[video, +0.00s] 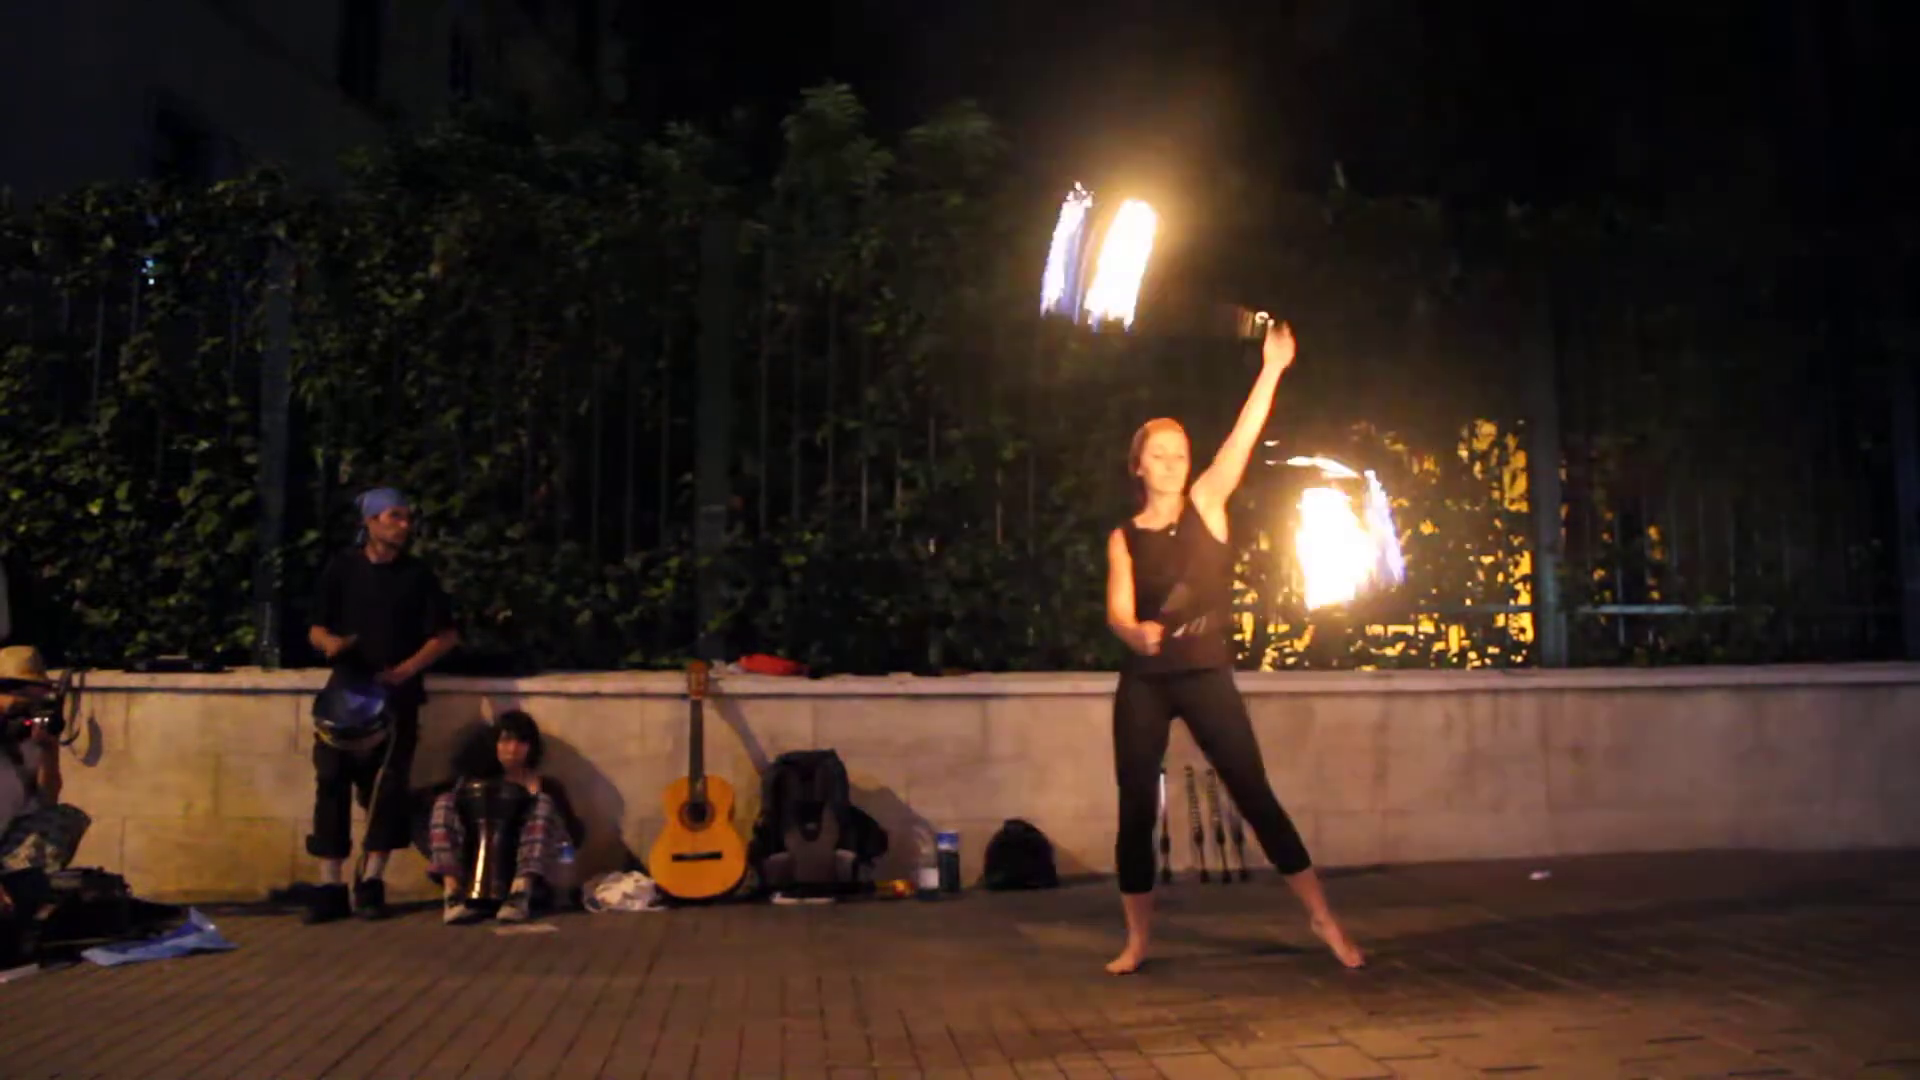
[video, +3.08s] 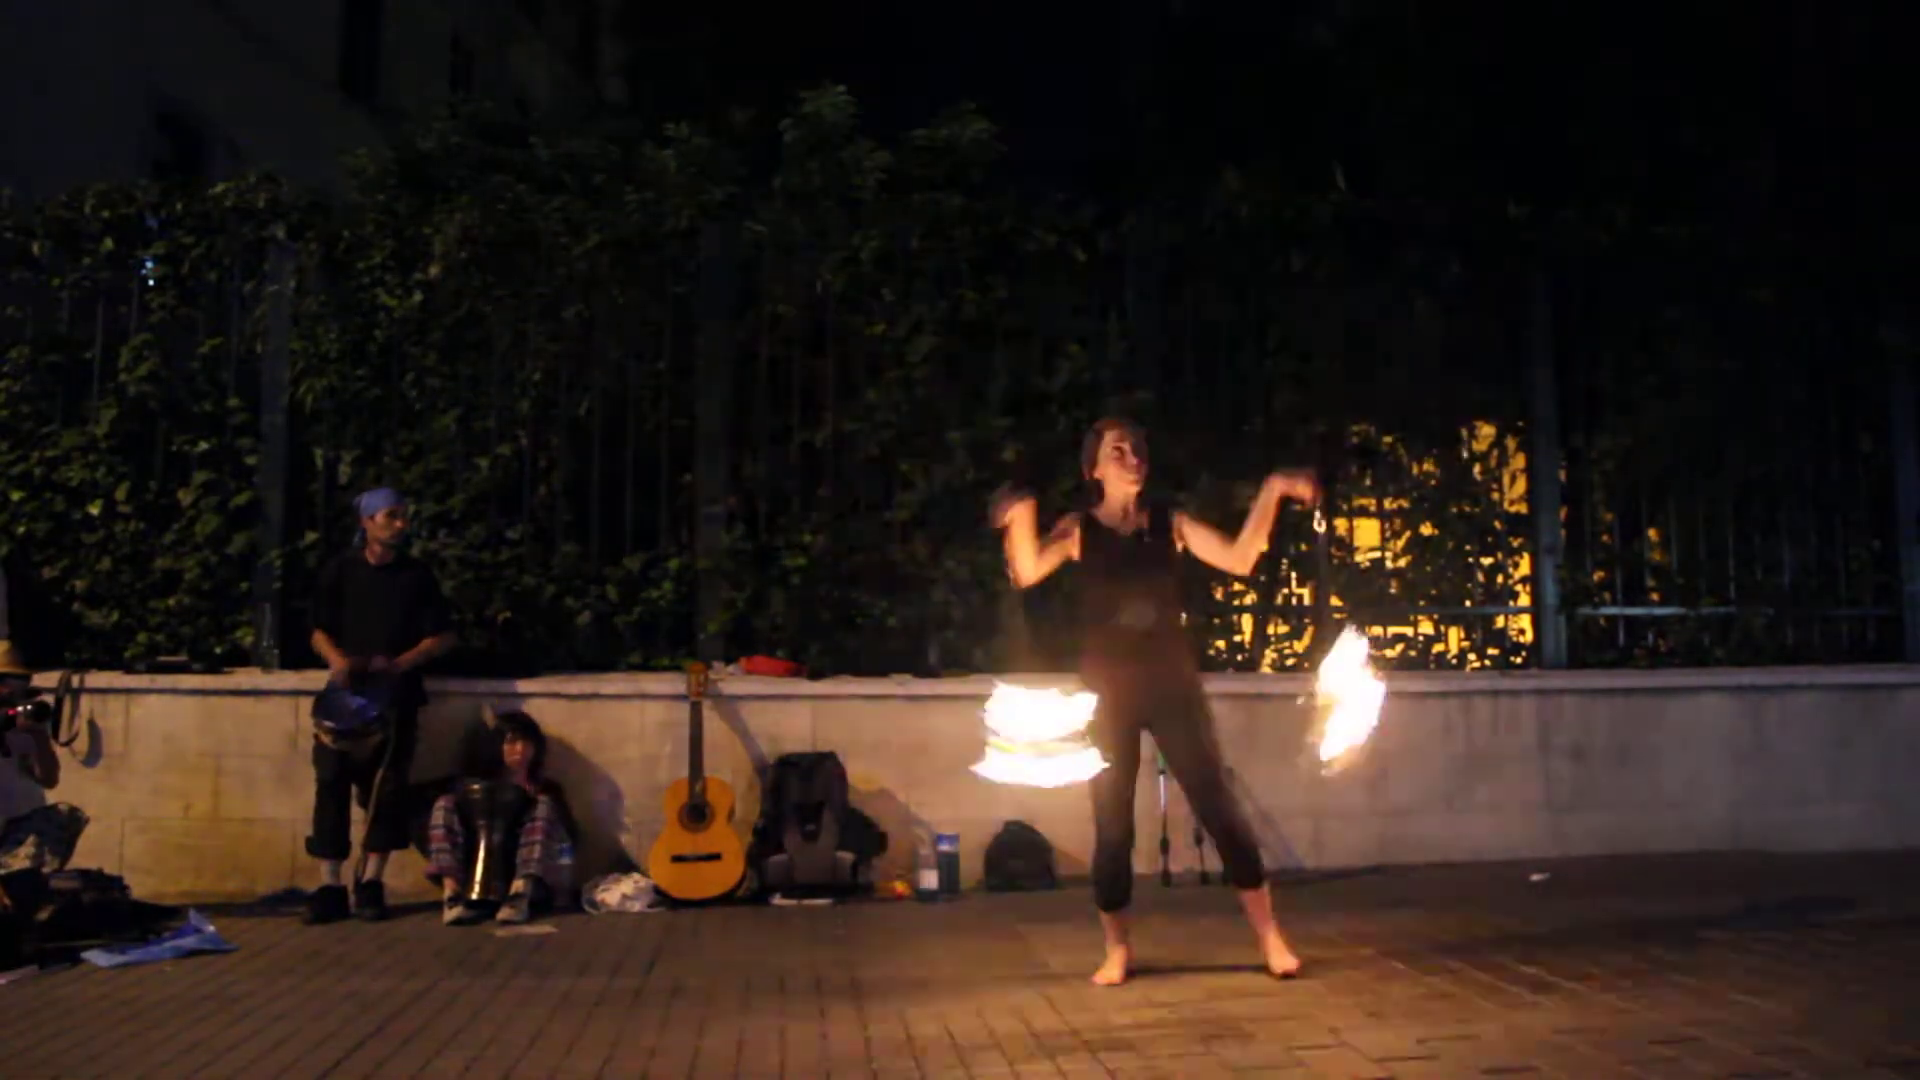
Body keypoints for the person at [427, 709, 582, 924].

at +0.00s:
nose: (512, 748)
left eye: (520, 742)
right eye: (505, 740)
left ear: (530, 748)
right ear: (495, 745)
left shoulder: (548, 786)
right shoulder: (479, 784)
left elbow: (574, 837)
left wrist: (538, 798)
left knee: (543, 805)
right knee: (444, 804)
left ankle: (521, 891)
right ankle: (452, 892)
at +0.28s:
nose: (511, 748)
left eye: (518, 741)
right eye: (504, 741)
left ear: (529, 747)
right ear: (494, 746)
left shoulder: (547, 785)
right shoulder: (477, 783)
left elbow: (576, 838)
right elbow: (423, 797)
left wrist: (541, 797)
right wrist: (477, 777)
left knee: (543, 805)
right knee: (445, 804)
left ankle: (521, 891)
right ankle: (452, 892)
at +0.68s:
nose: (517, 749)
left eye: (525, 743)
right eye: (511, 741)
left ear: (535, 750)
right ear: (500, 746)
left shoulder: (547, 786)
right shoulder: (486, 783)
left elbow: (576, 839)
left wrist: (545, 798)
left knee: (543, 807)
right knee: (445, 804)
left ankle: (521, 892)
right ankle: (452, 893)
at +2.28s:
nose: (518, 749)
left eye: (526, 743)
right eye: (512, 741)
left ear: (535, 750)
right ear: (500, 746)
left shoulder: (548, 790)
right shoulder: (481, 785)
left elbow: (564, 840)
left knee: (542, 806)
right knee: (444, 804)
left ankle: (521, 893)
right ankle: (451, 894)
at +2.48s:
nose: (512, 748)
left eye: (519, 741)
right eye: (507, 740)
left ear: (533, 748)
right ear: (500, 745)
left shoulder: (537, 780)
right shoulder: (484, 773)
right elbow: (451, 778)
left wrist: (541, 798)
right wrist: (488, 757)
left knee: (542, 807)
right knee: (445, 804)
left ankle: (521, 893)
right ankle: (451, 893)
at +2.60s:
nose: (515, 748)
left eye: (523, 741)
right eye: (508, 741)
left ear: (536, 749)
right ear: (495, 746)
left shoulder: (548, 789)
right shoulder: (478, 781)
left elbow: (573, 838)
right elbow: (434, 781)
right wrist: (471, 753)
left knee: (543, 807)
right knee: (445, 805)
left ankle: (520, 894)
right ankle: (451, 894)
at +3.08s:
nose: (518, 749)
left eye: (525, 742)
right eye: (511, 742)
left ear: (535, 749)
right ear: (497, 748)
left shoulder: (547, 790)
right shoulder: (482, 790)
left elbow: (566, 840)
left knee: (542, 807)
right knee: (444, 805)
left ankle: (521, 893)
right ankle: (451, 893)